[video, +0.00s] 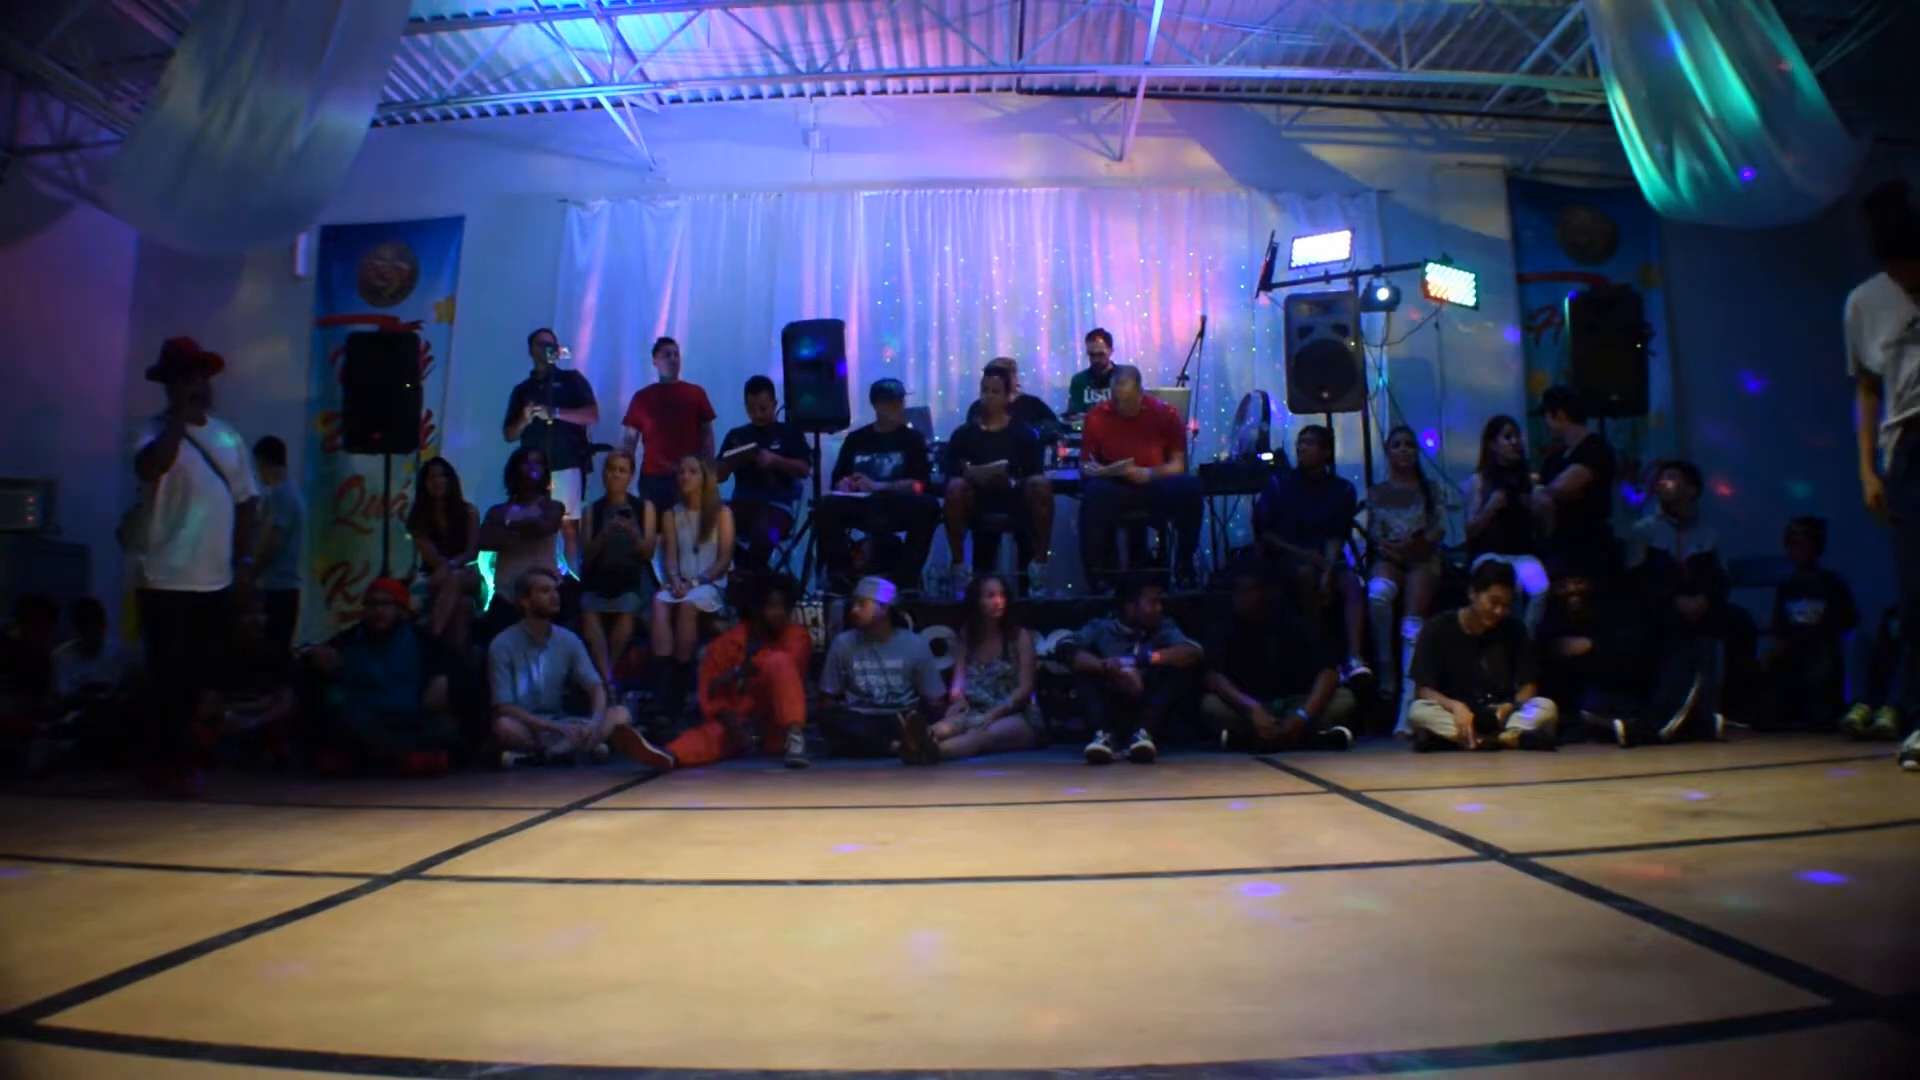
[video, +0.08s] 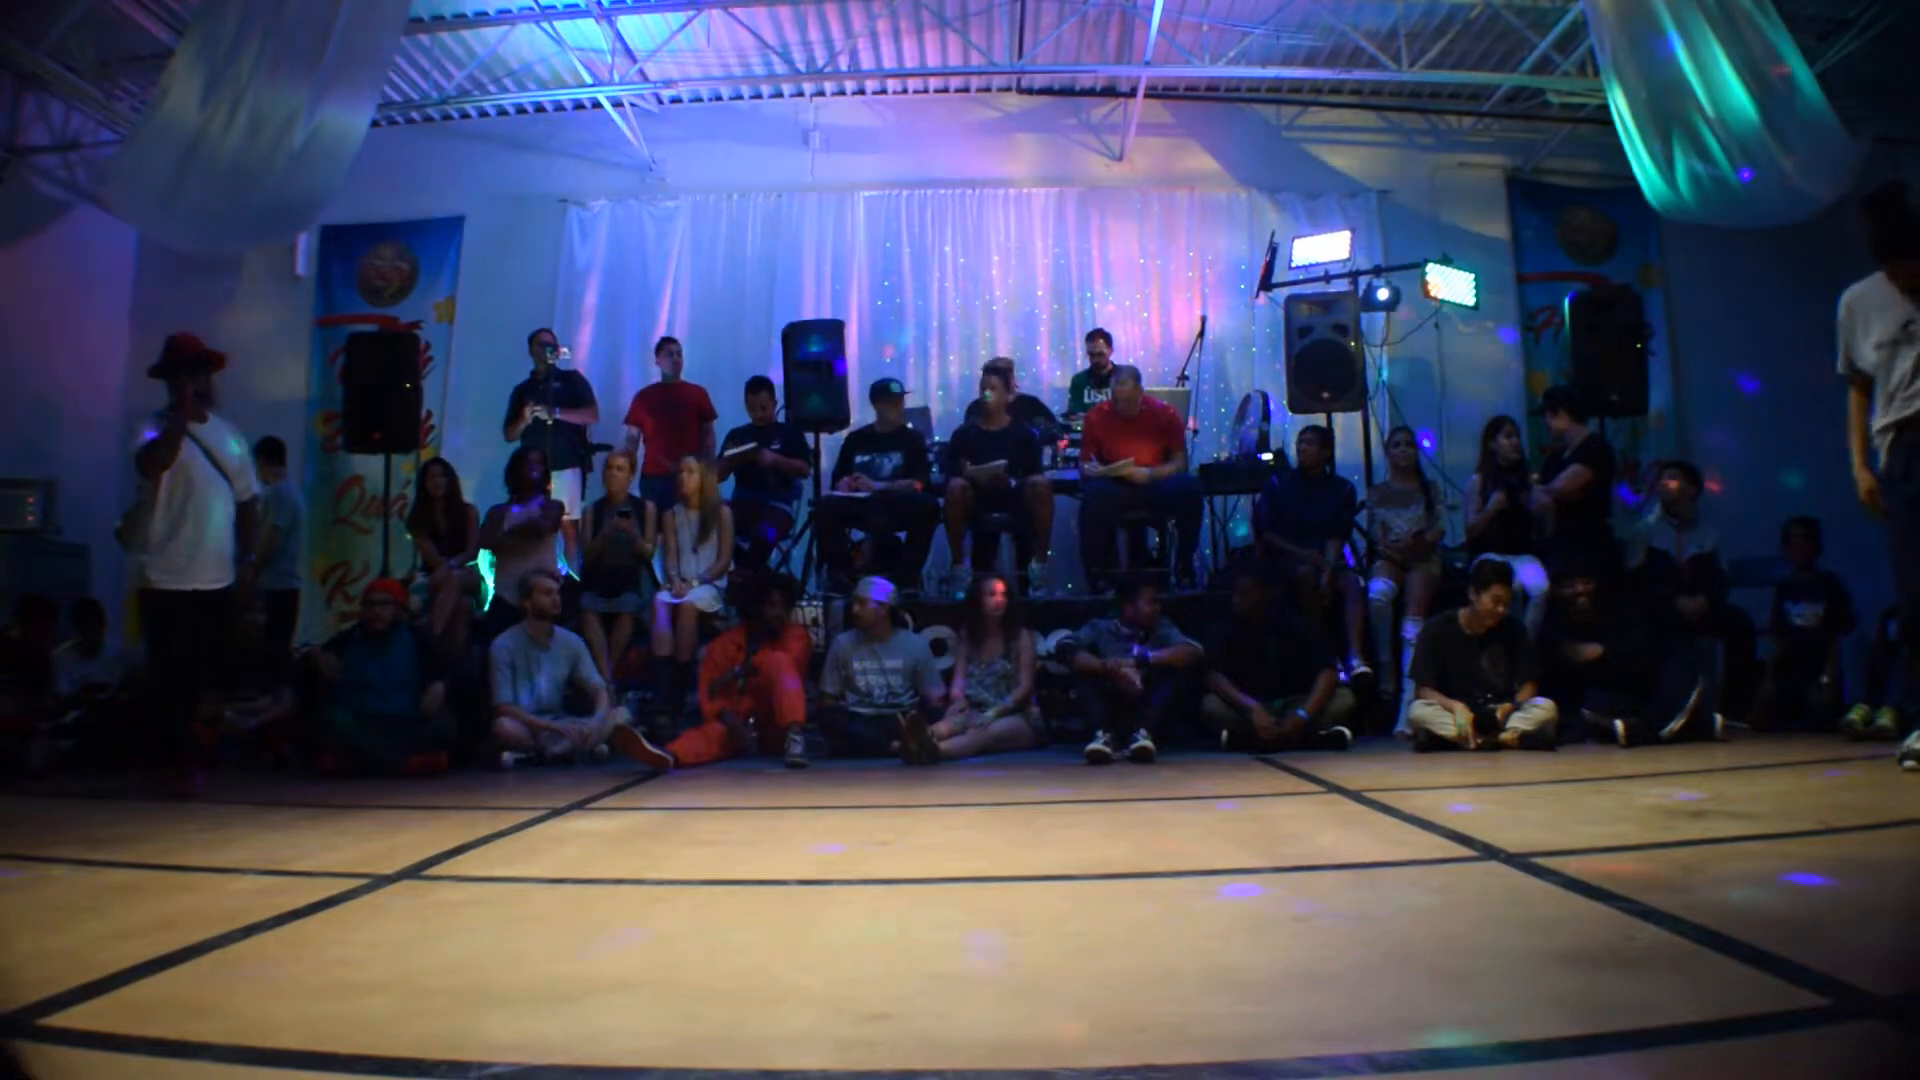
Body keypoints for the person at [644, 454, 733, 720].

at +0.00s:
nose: (685, 478)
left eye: (692, 472)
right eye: (682, 473)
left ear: (705, 478)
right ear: (678, 478)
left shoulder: (721, 514)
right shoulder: (671, 515)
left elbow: (724, 560)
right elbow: (670, 556)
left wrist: (698, 581)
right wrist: (674, 581)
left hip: (710, 581)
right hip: (679, 581)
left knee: (688, 606)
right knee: (660, 602)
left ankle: (682, 677)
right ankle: (662, 676)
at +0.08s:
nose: (683, 478)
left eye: (690, 472)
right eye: (681, 473)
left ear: (704, 478)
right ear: (678, 478)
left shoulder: (721, 514)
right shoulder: (671, 515)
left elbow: (724, 561)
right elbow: (670, 556)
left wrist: (698, 582)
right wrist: (675, 581)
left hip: (709, 581)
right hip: (679, 581)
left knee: (688, 606)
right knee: (660, 602)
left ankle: (682, 677)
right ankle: (661, 675)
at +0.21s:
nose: (683, 478)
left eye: (690, 472)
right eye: (681, 472)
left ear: (704, 478)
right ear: (678, 478)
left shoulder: (721, 514)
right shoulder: (672, 515)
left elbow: (724, 561)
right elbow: (670, 555)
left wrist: (698, 582)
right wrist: (674, 580)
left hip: (709, 581)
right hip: (679, 581)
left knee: (688, 606)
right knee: (659, 603)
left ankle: (682, 680)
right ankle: (662, 678)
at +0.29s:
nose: (683, 477)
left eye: (689, 472)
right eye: (681, 472)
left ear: (704, 478)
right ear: (678, 477)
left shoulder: (721, 514)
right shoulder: (671, 516)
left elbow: (724, 560)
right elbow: (670, 556)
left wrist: (698, 581)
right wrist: (674, 580)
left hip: (709, 581)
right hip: (678, 581)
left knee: (688, 606)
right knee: (659, 603)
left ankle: (681, 678)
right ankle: (662, 676)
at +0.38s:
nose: (682, 478)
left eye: (689, 472)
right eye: (681, 472)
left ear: (703, 478)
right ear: (678, 477)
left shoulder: (720, 513)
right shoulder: (671, 516)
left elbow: (724, 561)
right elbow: (670, 556)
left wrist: (698, 582)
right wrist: (673, 579)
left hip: (709, 581)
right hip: (678, 581)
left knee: (688, 606)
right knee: (660, 603)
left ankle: (681, 677)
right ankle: (662, 675)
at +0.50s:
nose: (683, 477)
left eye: (690, 472)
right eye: (681, 472)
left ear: (704, 477)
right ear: (678, 477)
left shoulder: (721, 514)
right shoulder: (672, 516)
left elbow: (724, 560)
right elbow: (670, 557)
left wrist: (699, 582)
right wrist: (674, 579)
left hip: (710, 580)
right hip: (679, 580)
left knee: (688, 606)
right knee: (660, 602)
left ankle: (681, 678)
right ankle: (662, 675)